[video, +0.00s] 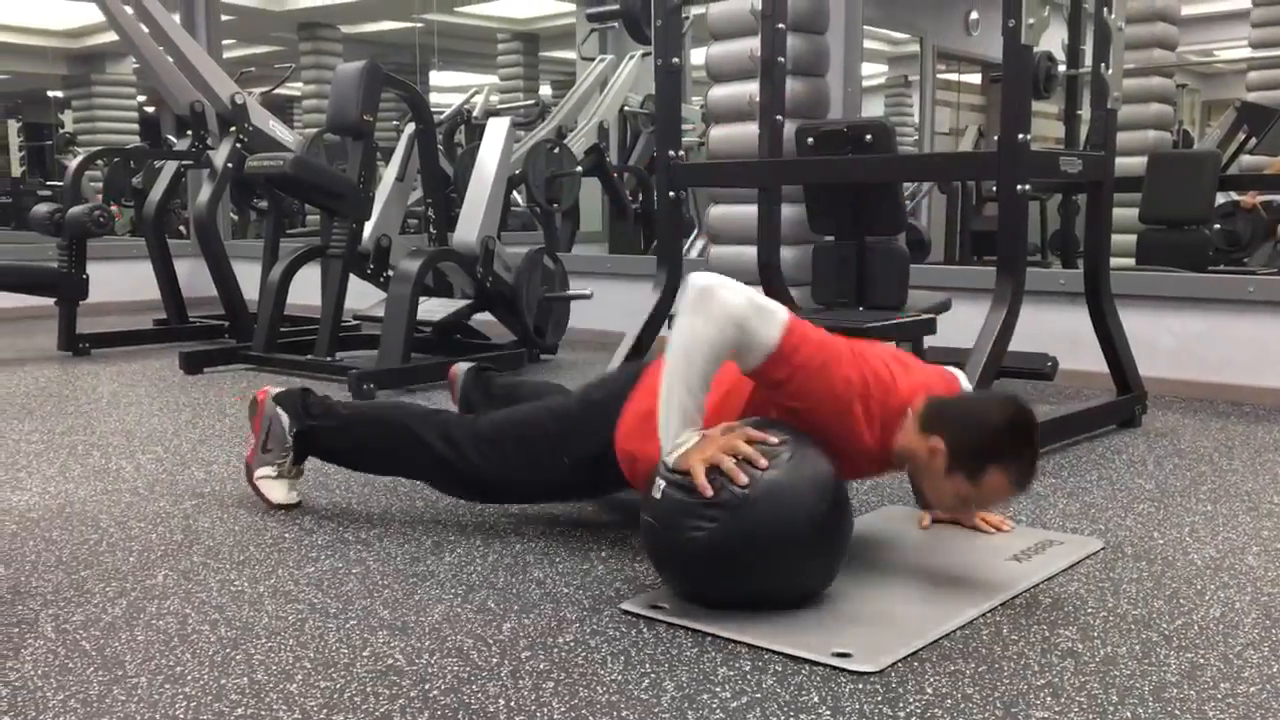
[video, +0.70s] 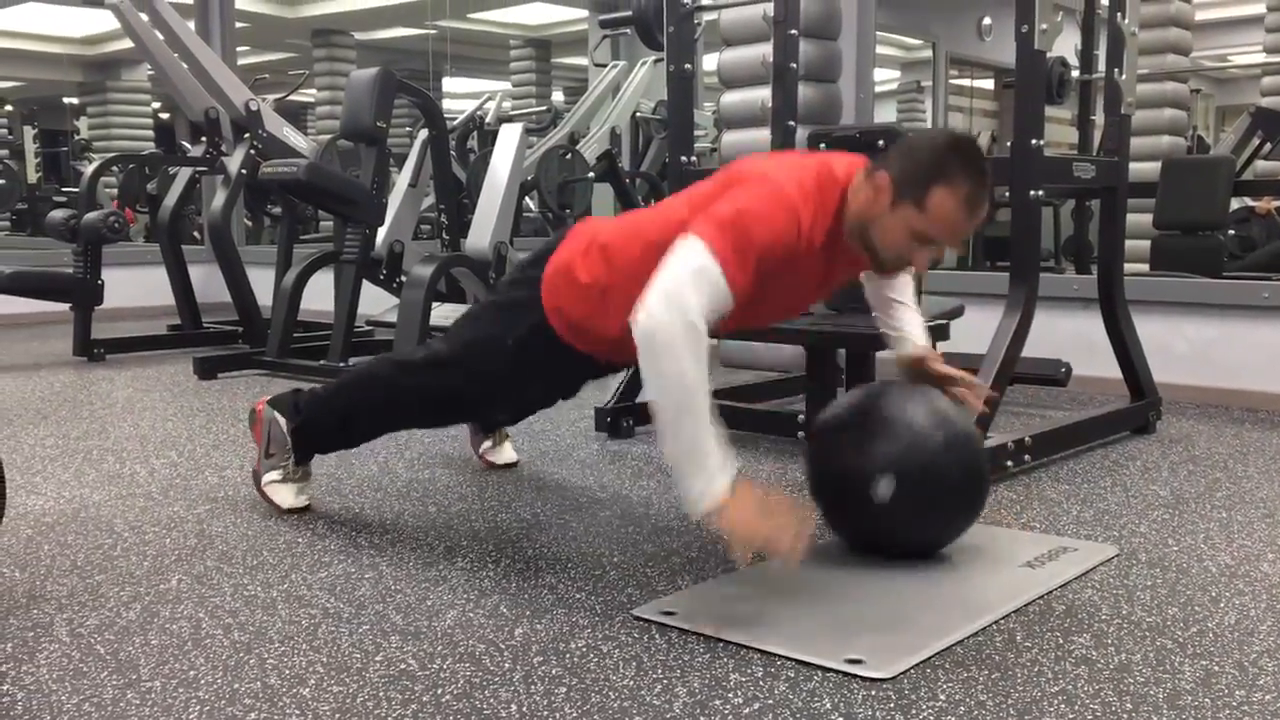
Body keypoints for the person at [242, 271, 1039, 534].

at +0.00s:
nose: (967, 511)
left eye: (983, 505)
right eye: (967, 497)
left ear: (955, 448)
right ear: (928, 448)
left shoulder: (939, 401)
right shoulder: (848, 384)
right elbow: (708, 296)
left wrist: (962, 501)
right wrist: (678, 436)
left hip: (686, 402)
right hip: (643, 411)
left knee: (533, 418)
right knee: (469, 457)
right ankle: (294, 416)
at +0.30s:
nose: (976, 470)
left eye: (996, 462)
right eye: (984, 451)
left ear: (964, 408)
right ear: (952, 400)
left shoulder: (921, 379)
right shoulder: (855, 355)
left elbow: (943, 419)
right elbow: (702, 299)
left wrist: (949, 493)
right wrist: (689, 441)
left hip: (663, 399)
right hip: (631, 379)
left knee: (504, 412)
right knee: (472, 431)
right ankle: (298, 419)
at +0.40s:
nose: (975, 384)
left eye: (987, 373)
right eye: (974, 366)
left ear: (951, 330)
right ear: (930, 321)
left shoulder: (925, 329)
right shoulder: (822, 291)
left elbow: (944, 398)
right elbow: (674, 300)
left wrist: (947, 492)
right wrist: (703, 434)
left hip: (654, 388)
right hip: (614, 334)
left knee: (551, 406)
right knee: (459, 398)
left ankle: (484, 419)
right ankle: (295, 417)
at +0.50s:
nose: (954, 290)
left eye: (969, 278)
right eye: (953, 268)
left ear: (947, 256)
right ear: (905, 223)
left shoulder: (897, 291)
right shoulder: (803, 218)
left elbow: (925, 383)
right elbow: (668, 305)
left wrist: (949, 492)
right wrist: (781, 377)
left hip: (639, 333)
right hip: (595, 283)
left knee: (527, 385)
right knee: (452, 369)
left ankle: (481, 417)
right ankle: (294, 418)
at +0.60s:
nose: (932, 241)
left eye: (948, 228)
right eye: (929, 217)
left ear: (944, 212)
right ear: (885, 170)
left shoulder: (887, 232)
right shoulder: (790, 183)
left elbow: (920, 342)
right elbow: (668, 298)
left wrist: (950, 441)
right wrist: (796, 336)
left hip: (634, 311)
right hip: (580, 274)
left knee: (533, 369)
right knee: (444, 369)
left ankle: (484, 412)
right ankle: (291, 422)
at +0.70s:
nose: (923, 259)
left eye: (939, 250)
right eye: (921, 237)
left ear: (915, 206)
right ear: (879, 188)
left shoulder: (876, 204)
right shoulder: (777, 208)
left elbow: (892, 267)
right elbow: (664, 319)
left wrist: (910, 349)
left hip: (627, 322)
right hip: (572, 297)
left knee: (529, 383)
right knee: (450, 379)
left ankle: (482, 417)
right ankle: (288, 421)